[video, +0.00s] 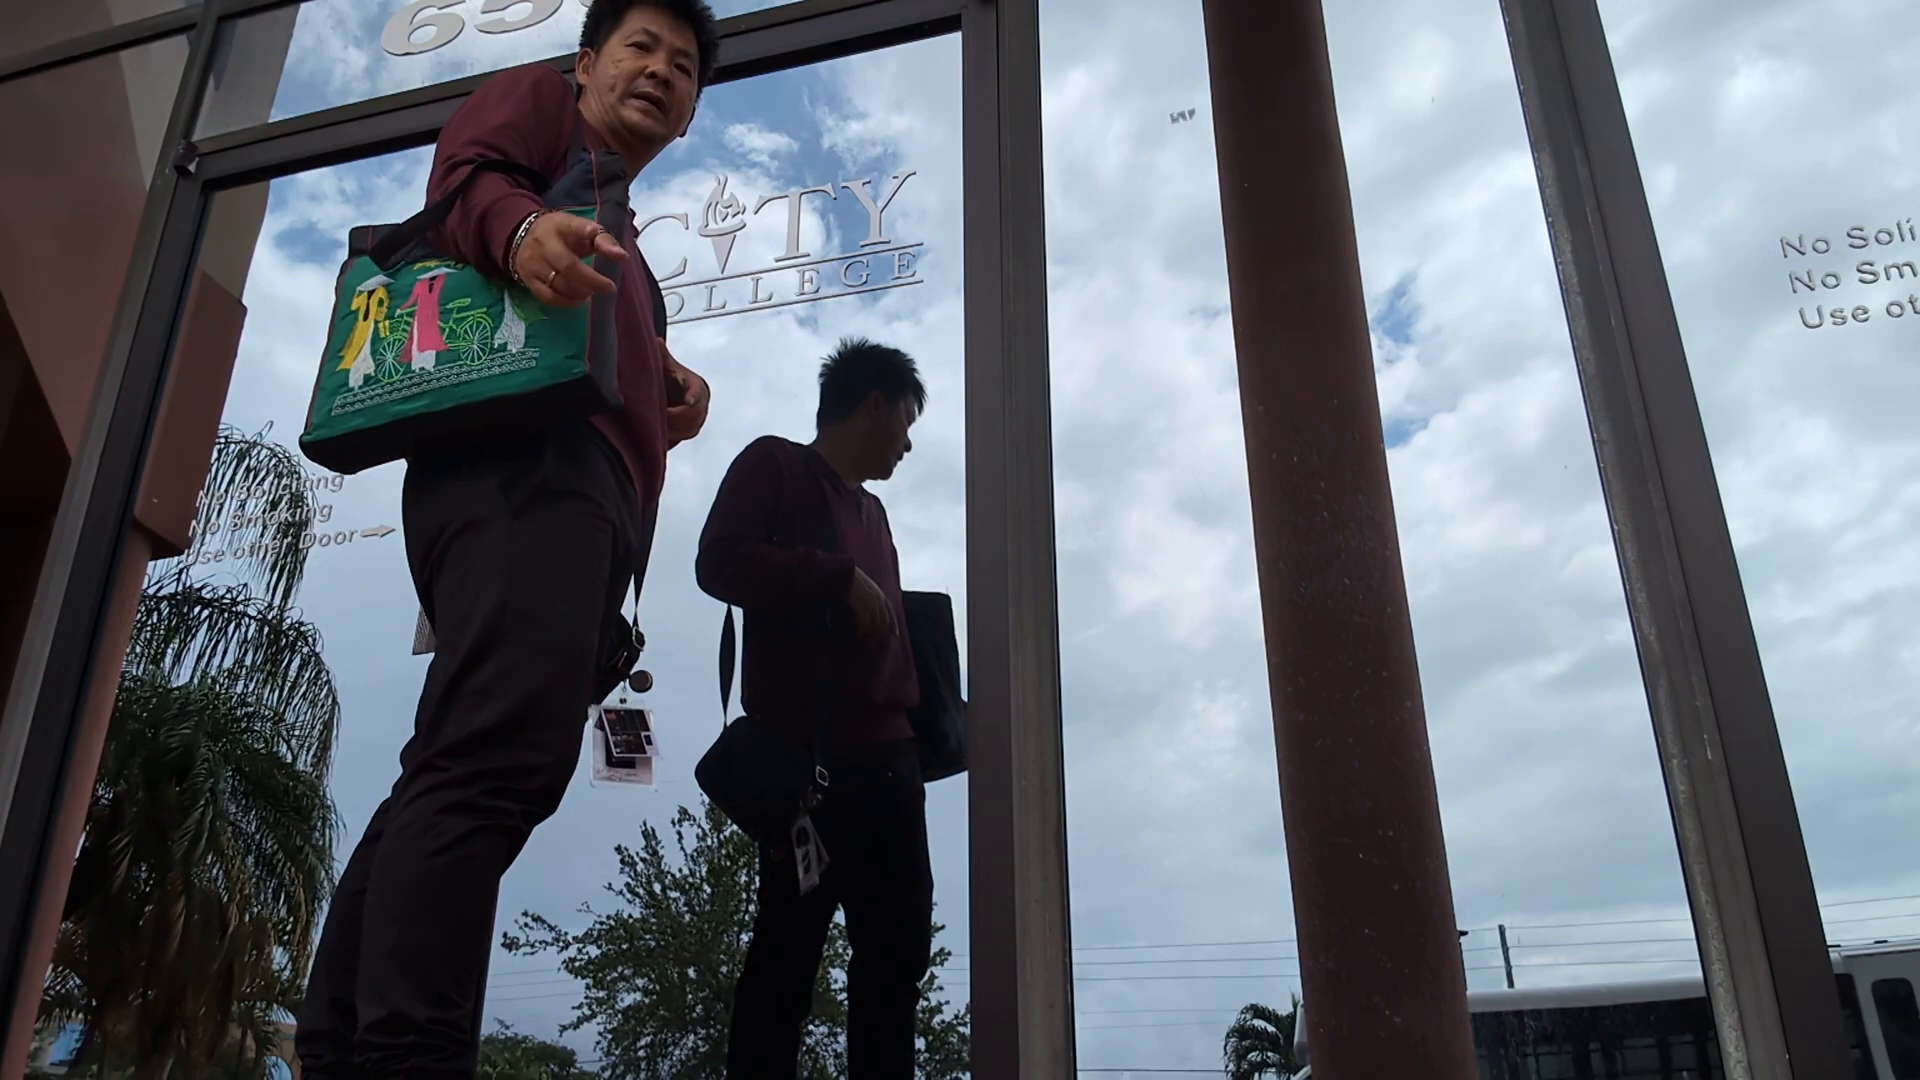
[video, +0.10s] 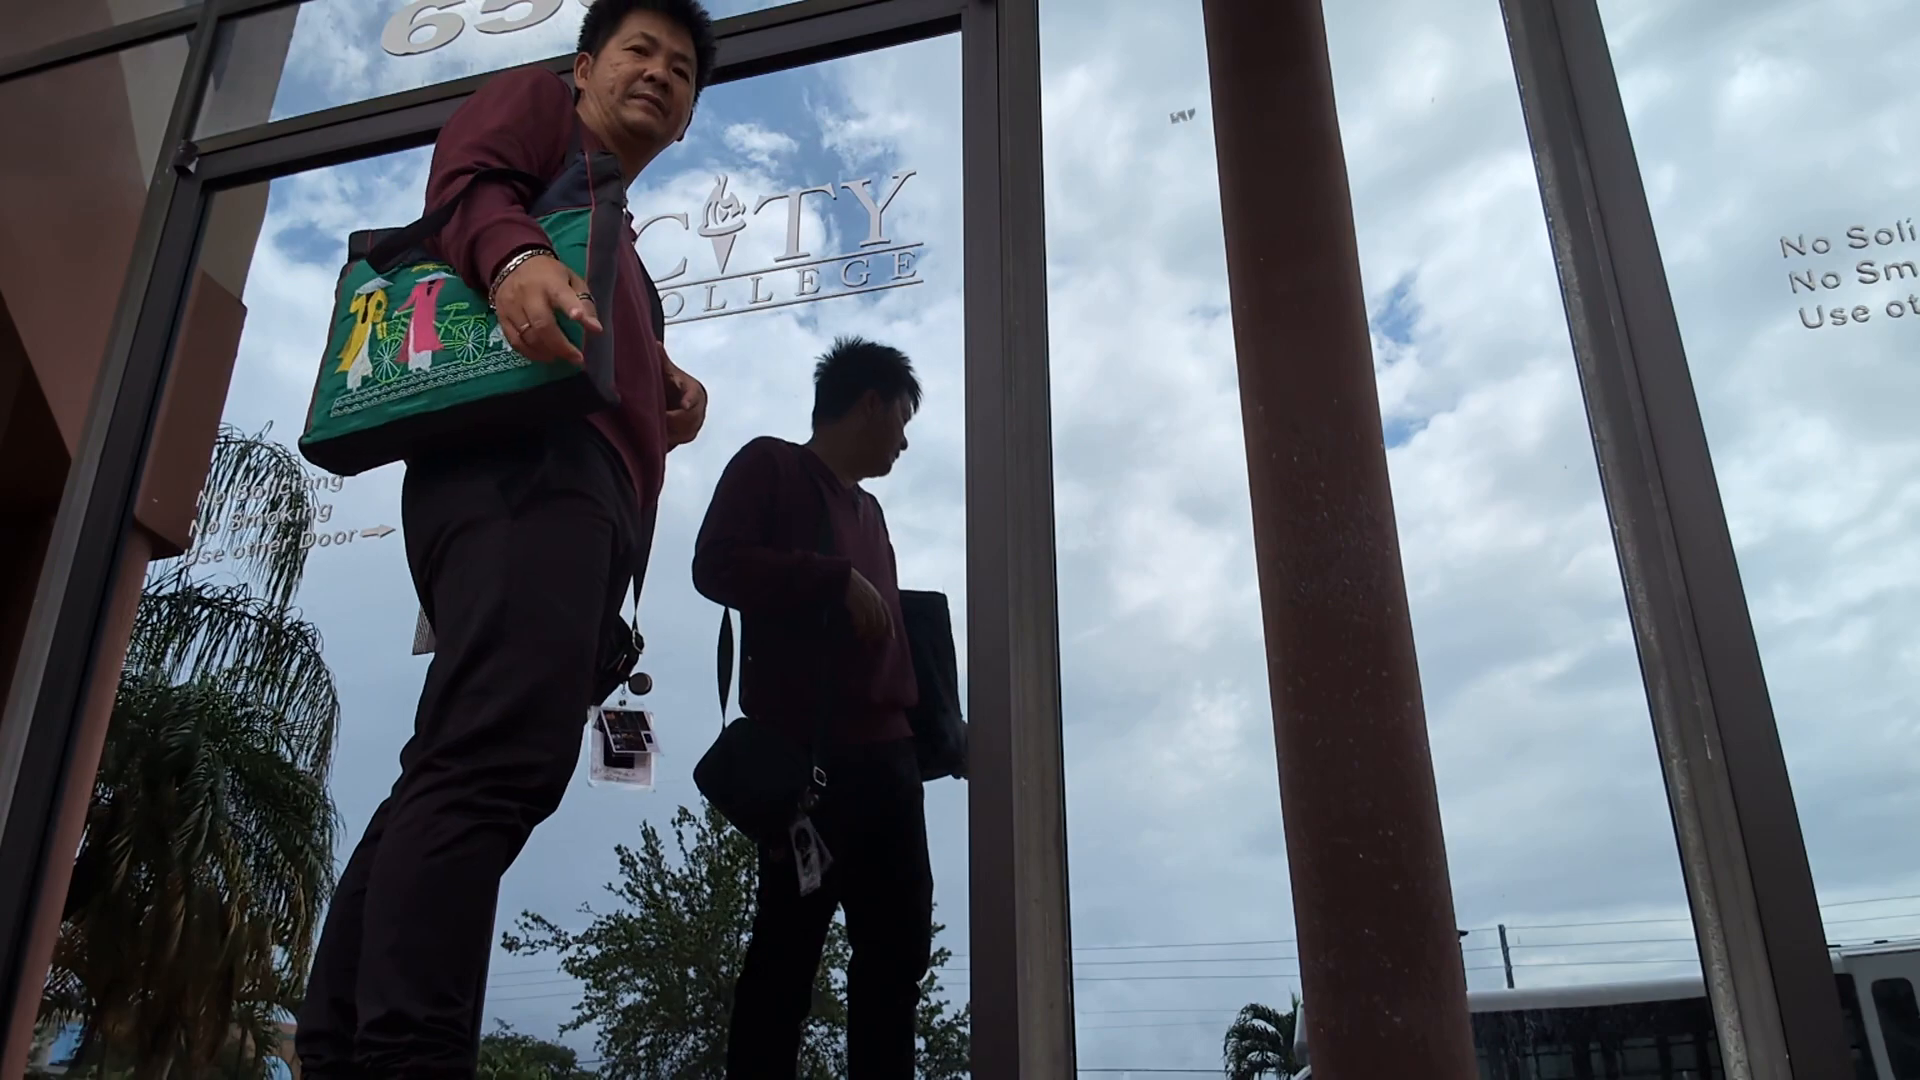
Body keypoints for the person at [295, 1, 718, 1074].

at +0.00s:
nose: (660, 70)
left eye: (683, 67)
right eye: (642, 46)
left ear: (686, 112)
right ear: (587, 58)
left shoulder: (623, 236)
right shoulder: (545, 92)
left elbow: (604, 366)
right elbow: (463, 173)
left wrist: (665, 396)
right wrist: (517, 229)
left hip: (578, 491)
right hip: (527, 458)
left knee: (457, 769)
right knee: (502, 766)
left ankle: (338, 1041)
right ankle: (410, 1051)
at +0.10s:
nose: (661, 75)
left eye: (682, 72)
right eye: (643, 50)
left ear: (685, 113)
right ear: (586, 61)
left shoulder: (618, 242)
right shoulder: (546, 96)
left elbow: (610, 369)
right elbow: (467, 174)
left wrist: (664, 400)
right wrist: (510, 259)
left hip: (579, 488)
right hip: (529, 454)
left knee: (458, 766)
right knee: (500, 765)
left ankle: (338, 1038)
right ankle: (410, 1049)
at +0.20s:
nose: (660, 79)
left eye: (681, 77)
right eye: (642, 55)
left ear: (683, 118)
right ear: (585, 63)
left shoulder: (616, 245)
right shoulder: (546, 96)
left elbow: (609, 368)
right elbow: (470, 178)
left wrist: (661, 401)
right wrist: (502, 284)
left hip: (578, 483)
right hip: (530, 449)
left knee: (458, 761)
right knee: (502, 761)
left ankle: (339, 1038)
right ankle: (413, 1051)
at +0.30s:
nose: (660, 83)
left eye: (680, 81)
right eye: (642, 59)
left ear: (682, 119)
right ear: (583, 65)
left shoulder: (615, 249)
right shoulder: (543, 99)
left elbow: (603, 385)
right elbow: (468, 184)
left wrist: (657, 415)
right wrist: (496, 295)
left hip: (575, 485)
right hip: (528, 452)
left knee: (450, 767)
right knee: (502, 765)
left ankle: (339, 1042)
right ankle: (414, 1052)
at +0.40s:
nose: (658, 86)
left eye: (678, 83)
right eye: (639, 61)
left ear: (679, 119)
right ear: (581, 65)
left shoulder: (610, 246)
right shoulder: (541, 101)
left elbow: (596, 389)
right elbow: (466, 185)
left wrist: (651, 427)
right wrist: (497, 297)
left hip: (568, 485)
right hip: (525, 456)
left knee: (445, 770)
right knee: (504, 765)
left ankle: (337, 1045)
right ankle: (415, 1052)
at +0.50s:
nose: (656, 91)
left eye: (674, 88)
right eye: (638, 66)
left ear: (672, 121)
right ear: (576, 69)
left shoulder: (604, 247)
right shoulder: (536, 108)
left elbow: (600, 389)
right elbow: (467, 190)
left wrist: (652, 432)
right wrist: (505, 304)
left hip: (559, 485)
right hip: (525, 461)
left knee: (442, 769)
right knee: (506, 763)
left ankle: (336, 1045)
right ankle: (417, 1051)